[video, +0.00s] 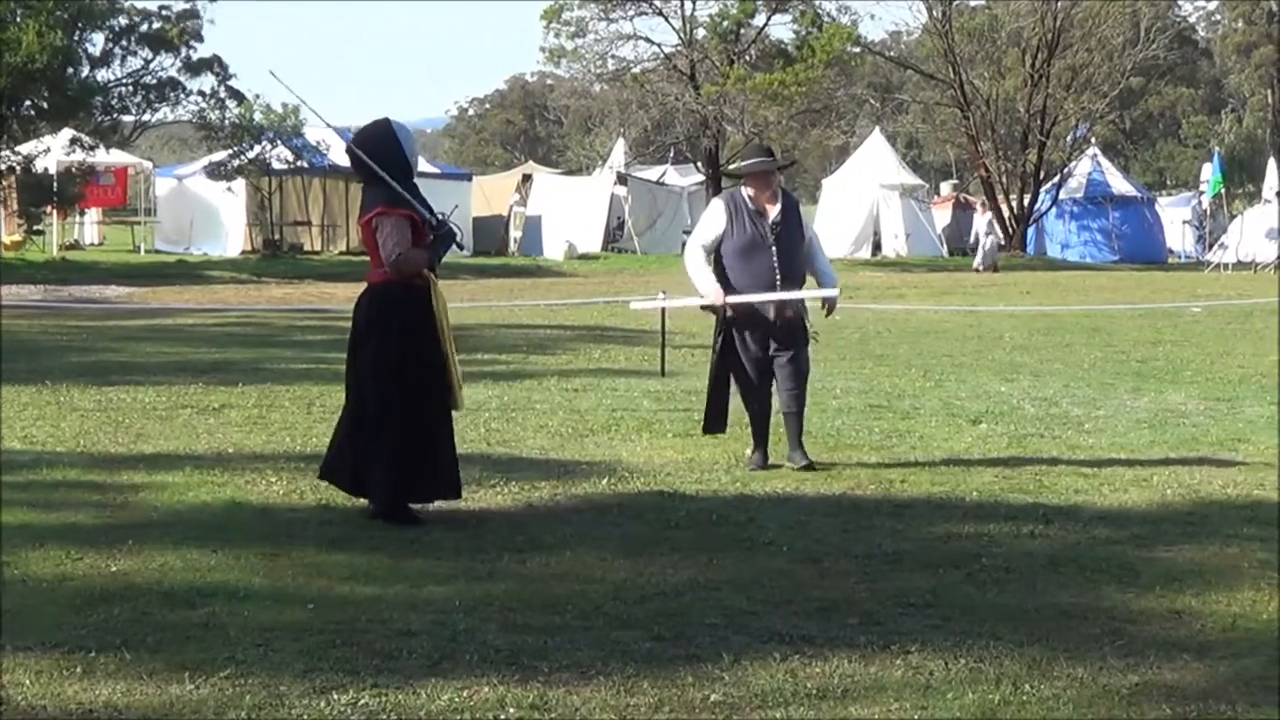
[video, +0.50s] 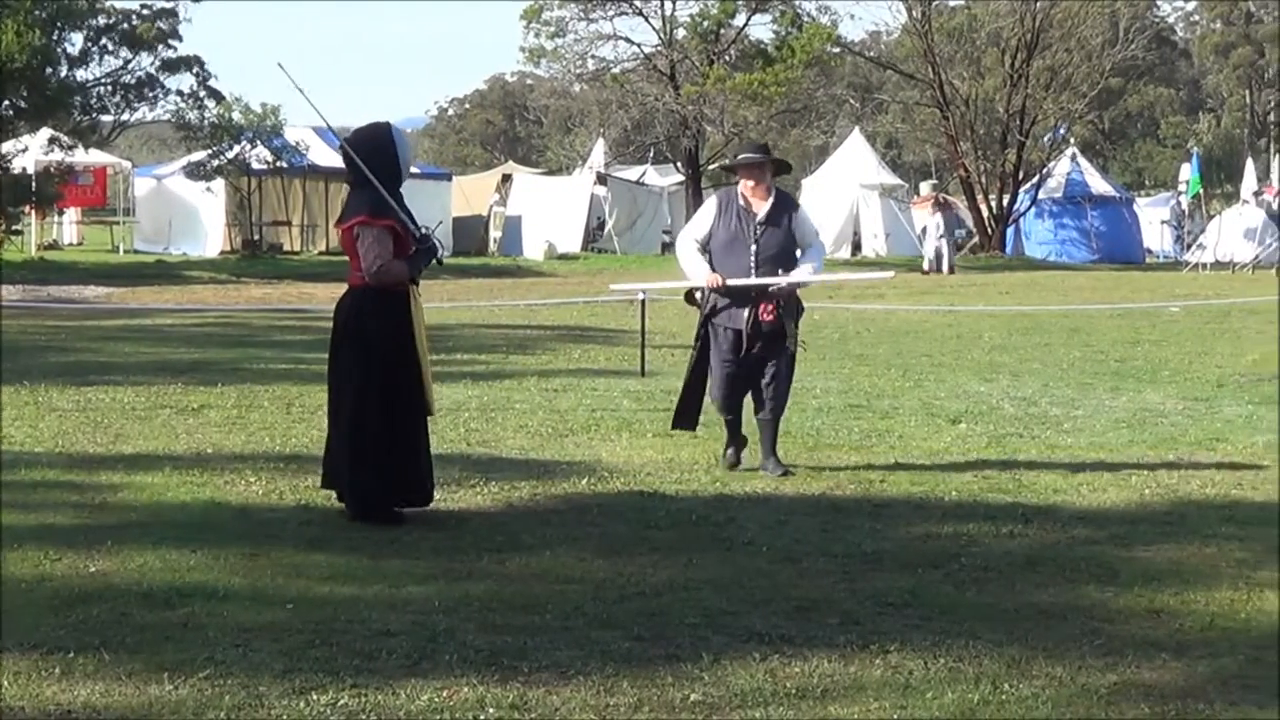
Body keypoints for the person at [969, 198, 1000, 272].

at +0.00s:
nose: (980, 209)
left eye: (982, 207)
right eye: (979, 207)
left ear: (985, 207)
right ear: (977, 208)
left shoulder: (989, 215)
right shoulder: (976, 216)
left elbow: (996, 226)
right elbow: (974, 228)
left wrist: (1001, 237)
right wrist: (972, 239)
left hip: (991, 236)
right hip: (982, 237)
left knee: (988, 249)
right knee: (982, 250)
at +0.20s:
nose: (965, 209)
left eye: (967, 207)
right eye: (964, 207)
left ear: (970, 207)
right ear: (963, 208)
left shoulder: (974, 215)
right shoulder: (962, 215)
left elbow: (980, 226)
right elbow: (960, 227)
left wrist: (984, 236)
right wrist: (959, 237)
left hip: (975, 235)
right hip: (967, 235)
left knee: (973, 251)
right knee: (966, 250)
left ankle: (970, 265)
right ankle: (964, 264)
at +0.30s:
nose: (955, 205)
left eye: (956, 203)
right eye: (953, 203)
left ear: (960, 204)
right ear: (950, 204)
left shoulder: (963, 213)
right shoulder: (951, 214)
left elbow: (968, 225)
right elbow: (951, 227)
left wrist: (967, 235)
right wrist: (949, 237)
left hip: (961, 235)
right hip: (953, 235)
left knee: (962, 250)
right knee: (953, 250)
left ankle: (961, 266)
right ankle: (954, 265)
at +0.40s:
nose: (945, 208)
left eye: (947, 205)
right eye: (944, 206)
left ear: (951, 205)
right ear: (942, 206)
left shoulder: (955, 213)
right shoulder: (943, 215)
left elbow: (959, 226)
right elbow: (943, 227)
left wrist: (954, 235)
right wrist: (942, 236)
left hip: (953, 235)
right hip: (945, 235)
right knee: (944, 250)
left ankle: (955, 267)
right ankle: (943, 266)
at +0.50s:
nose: (930, 210)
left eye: (932, 208)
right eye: (930, 208)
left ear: (936, 208)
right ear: (929, 208)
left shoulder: (938, 215)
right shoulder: (929, 217)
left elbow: (942, 226)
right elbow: (928, 228)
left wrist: (939, 234)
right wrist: (927, 236)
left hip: (938, 236)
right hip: (931, 236)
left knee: (945, 251)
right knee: (928, 252)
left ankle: (946, 268)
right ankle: (927, 268)